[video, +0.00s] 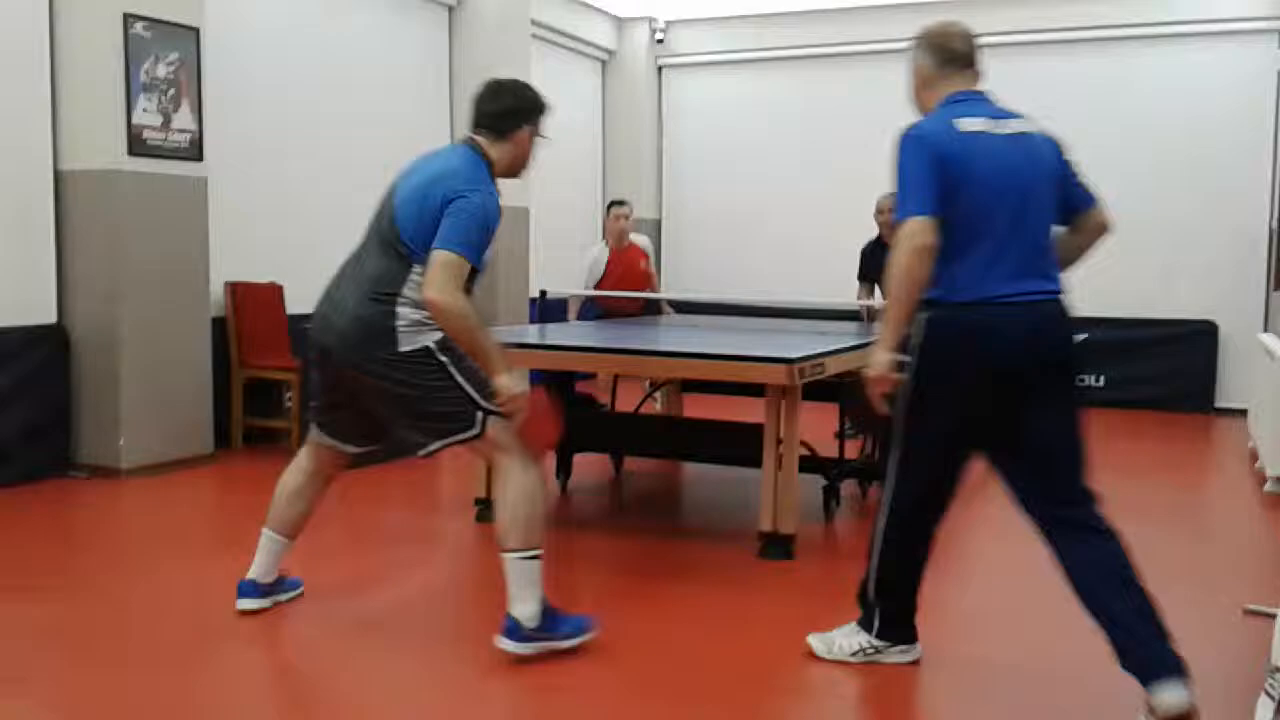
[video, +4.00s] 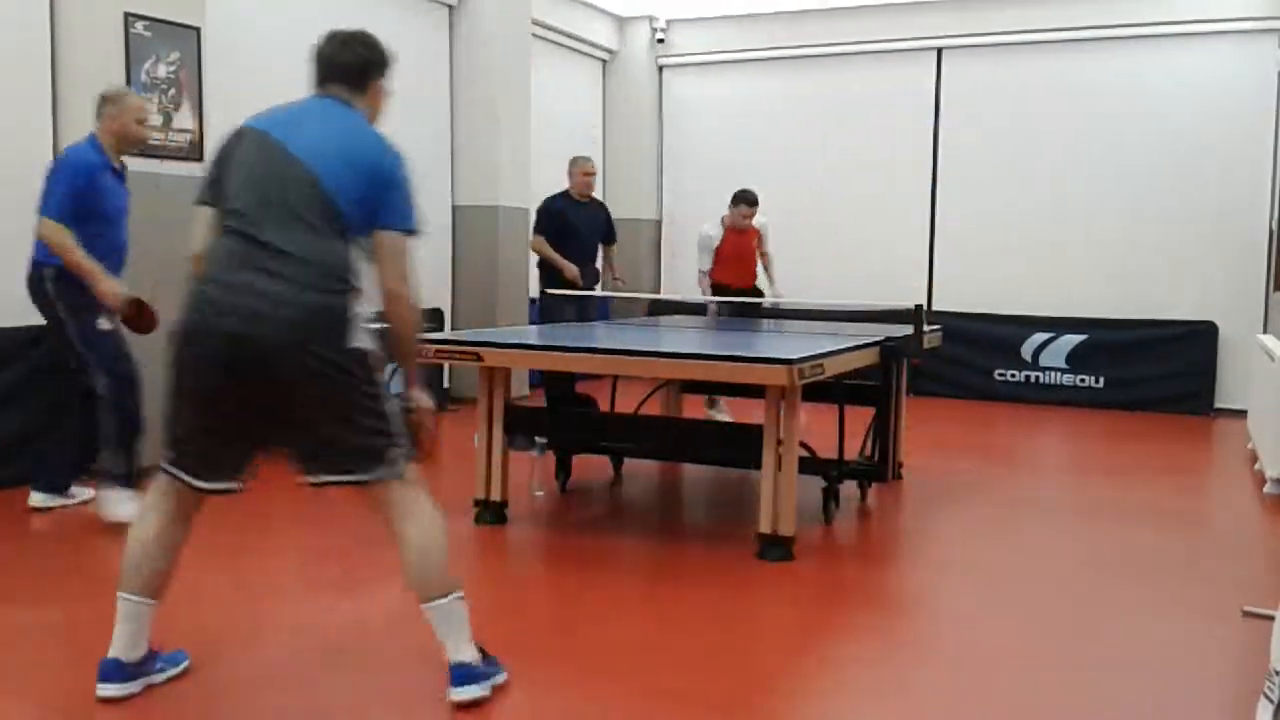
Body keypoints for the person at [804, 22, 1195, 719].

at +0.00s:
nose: (911, 87)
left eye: (912, 77)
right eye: (914, 76)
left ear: (923, 75)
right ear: (974, 71)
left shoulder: (923, 138)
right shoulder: (1033, 136)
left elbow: (918, 239)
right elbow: (1092, 221)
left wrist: (885, 344)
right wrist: (1034, 273)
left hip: (958, 341)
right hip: (1038, 336)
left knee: (914, 489)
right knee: (1067, 506)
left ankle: (885, 628)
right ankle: (1162, 673)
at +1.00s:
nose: (931, 12)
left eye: (933, 8)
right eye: (933, 10)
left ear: (946, 5)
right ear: (1029, 6)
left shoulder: (924, 84)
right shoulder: (1098, 89)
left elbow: (912, 231)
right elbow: (1158, 214)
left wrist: (864, 390)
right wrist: (1085, 306)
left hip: (968, 356)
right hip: (1091, 356)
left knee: (891, 588)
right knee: (1094, 605)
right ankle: (1121, 706)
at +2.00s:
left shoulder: (1103, 31)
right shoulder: (1269, 49)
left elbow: (1042, 190)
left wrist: (1019, 301)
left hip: (1111, 330)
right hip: (1251, 335)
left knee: (1084, 565)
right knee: (1235, 557)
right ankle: (1244, 712)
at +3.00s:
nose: (814, 50)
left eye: (816, 38)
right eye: (825, 37)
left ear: (823, 43)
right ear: (886, 46)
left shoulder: (810, 106)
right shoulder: (923, 129)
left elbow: (778, 239)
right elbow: (989, 260)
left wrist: (739, 345)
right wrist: (993, 377)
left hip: (855, 348)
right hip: (925, 344)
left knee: (892, 551)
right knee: (831, 493)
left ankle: (1028, 707)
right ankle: (822, 662)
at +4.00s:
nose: (385, 100)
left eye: (383, 89)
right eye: (385, 89)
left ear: (319, 79)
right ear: (373, 88)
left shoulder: (251, 131)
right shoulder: (378, 155)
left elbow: (203, 252)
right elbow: (396, 297)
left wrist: (225, 324)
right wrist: (417, 384)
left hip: (214, 331)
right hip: (312, 340)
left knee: (174, 487)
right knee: (400, 488)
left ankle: (124, 656)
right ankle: (464, 661)